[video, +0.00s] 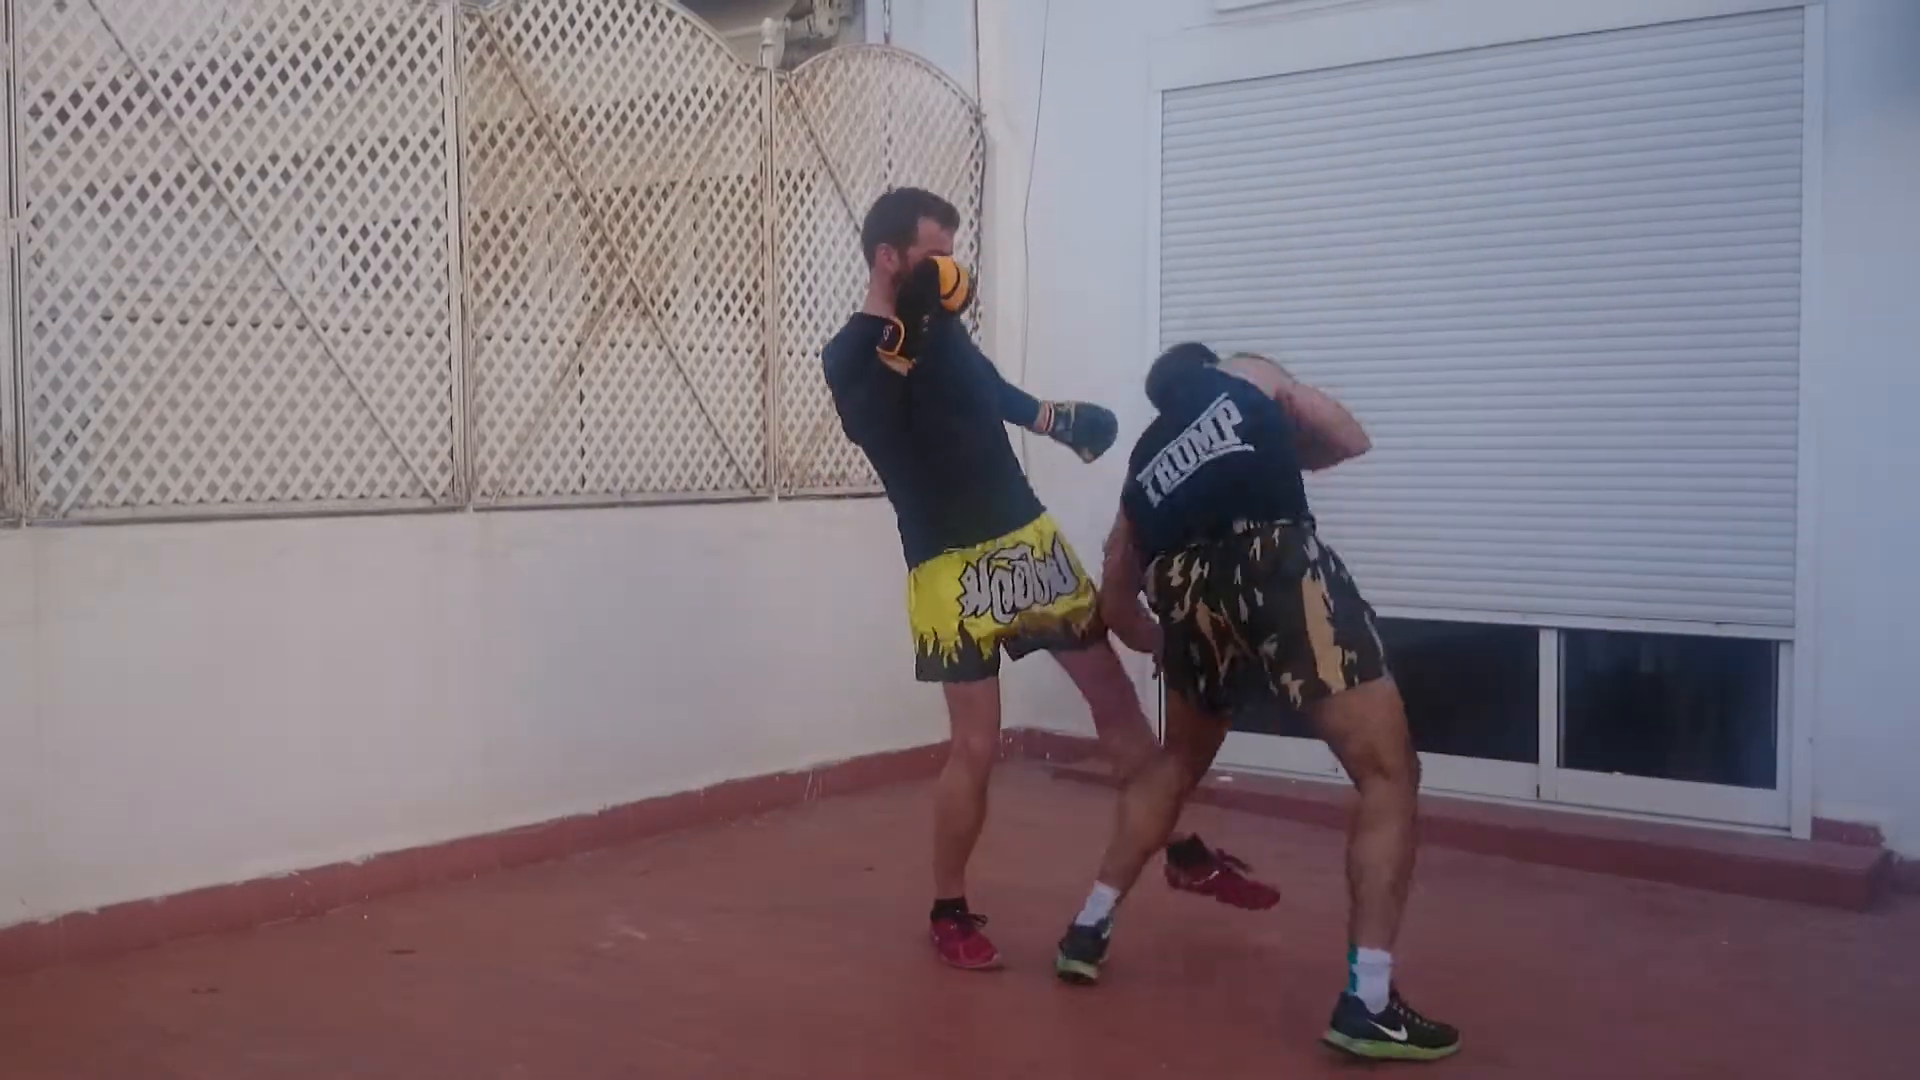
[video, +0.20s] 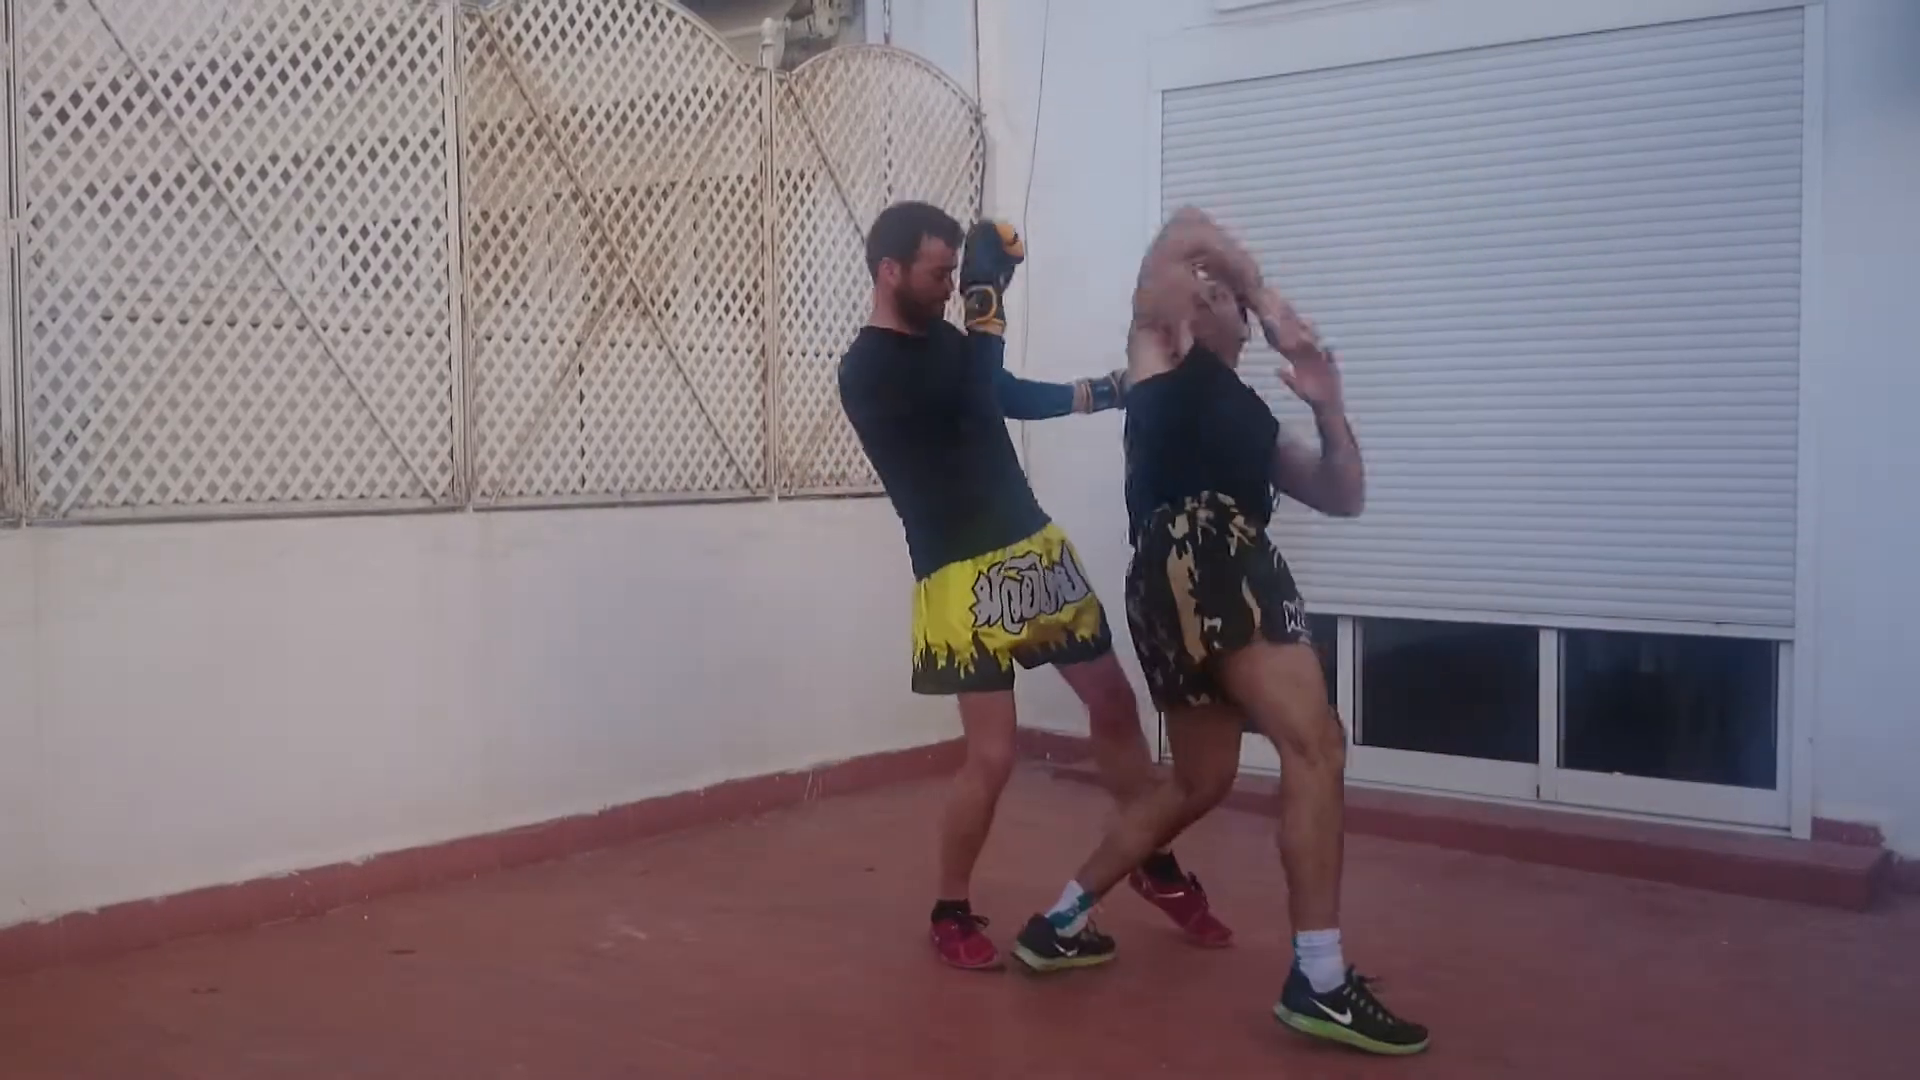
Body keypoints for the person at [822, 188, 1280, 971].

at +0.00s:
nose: (943, 271)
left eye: (947, 258)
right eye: (931, 257)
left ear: (932, 260)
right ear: (883, 257)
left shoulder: (940, 328)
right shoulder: (848, 350)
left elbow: (991, 391)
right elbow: (871, 429)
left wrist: (1050, 418)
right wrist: (896, 348)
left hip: (1027, 532)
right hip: (951, 558)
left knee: (1111, 690)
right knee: (976, 744)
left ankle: (1180, 852)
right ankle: (949, 911)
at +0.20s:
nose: (949, 287)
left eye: (952, 275)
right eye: (937, 273)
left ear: (935, 272)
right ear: (889, 270)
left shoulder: (950, 344)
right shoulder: (867, 367)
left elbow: (1013, 397)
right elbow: (961, 405)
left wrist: (1112, 391)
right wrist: (986, 300)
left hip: (1034, 545)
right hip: (961, 571)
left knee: (1114, 703)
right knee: (991, 755)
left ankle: (1151, 863)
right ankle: (952, 910)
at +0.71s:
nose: (1001, 279)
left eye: (1004, 266)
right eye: (988, 263)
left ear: (969, 260)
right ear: (942, 253)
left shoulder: (960, 334)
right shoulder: (911, 323)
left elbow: (976, 460)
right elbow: (1015, 343)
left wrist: (1059, 483)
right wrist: (1048, 253)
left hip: (1015, 543)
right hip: (959, 555)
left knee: (1073, 707)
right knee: (992, 736)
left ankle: (1086, 875)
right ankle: (953, 909)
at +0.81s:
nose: (1000, 260)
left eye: (1003, 248)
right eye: (987, 246)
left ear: (984, 250)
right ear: (940, 245)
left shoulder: (969, 327)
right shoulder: (909, 317)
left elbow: (974, 444)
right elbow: (976, 369)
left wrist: (1044, 469)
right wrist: (1051, 288)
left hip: (1003, 535)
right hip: (947, 543)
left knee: (1051, 700)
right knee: (983, 723)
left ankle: (1002, 845)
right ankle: (948, 906)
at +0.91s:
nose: (1005, 249)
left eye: (1007, 236)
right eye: (990, 238)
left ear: (1000, 245)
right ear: (945, 248)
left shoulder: (989, 331)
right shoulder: (920, 321)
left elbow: (982, 445)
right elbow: (929, 425)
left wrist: (1050, 465)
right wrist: (1007, 374)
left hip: (980, 539)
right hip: (929, 541)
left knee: (1009, 710)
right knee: (965, 718)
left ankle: (972, 860)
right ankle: (941, 907)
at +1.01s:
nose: (1009, 258)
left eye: (1011, 246)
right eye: (992, 248)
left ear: (1008, 254)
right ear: (949, 261)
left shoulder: (1004, 345)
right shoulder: (914, 340)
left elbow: (1000, 449)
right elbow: (908, 447)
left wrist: (1072, 457)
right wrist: (983, 422)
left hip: (966, 549)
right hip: (906, 547)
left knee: (1000, 710)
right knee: (942, 712)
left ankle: (965, 864)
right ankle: (907, 901)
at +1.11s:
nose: (994, 269)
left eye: (999, 256)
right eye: (981, 255)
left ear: (996, 259)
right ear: (935, 257)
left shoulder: (987, 348)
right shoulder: (893, 334)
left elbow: (1035, 436)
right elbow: (893, 439)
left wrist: (1091, 398)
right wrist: (952, 396)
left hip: (959, 542)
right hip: (894, 540)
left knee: (991, 705)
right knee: (909, 709)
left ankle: (967, 864)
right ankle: (823, 860)